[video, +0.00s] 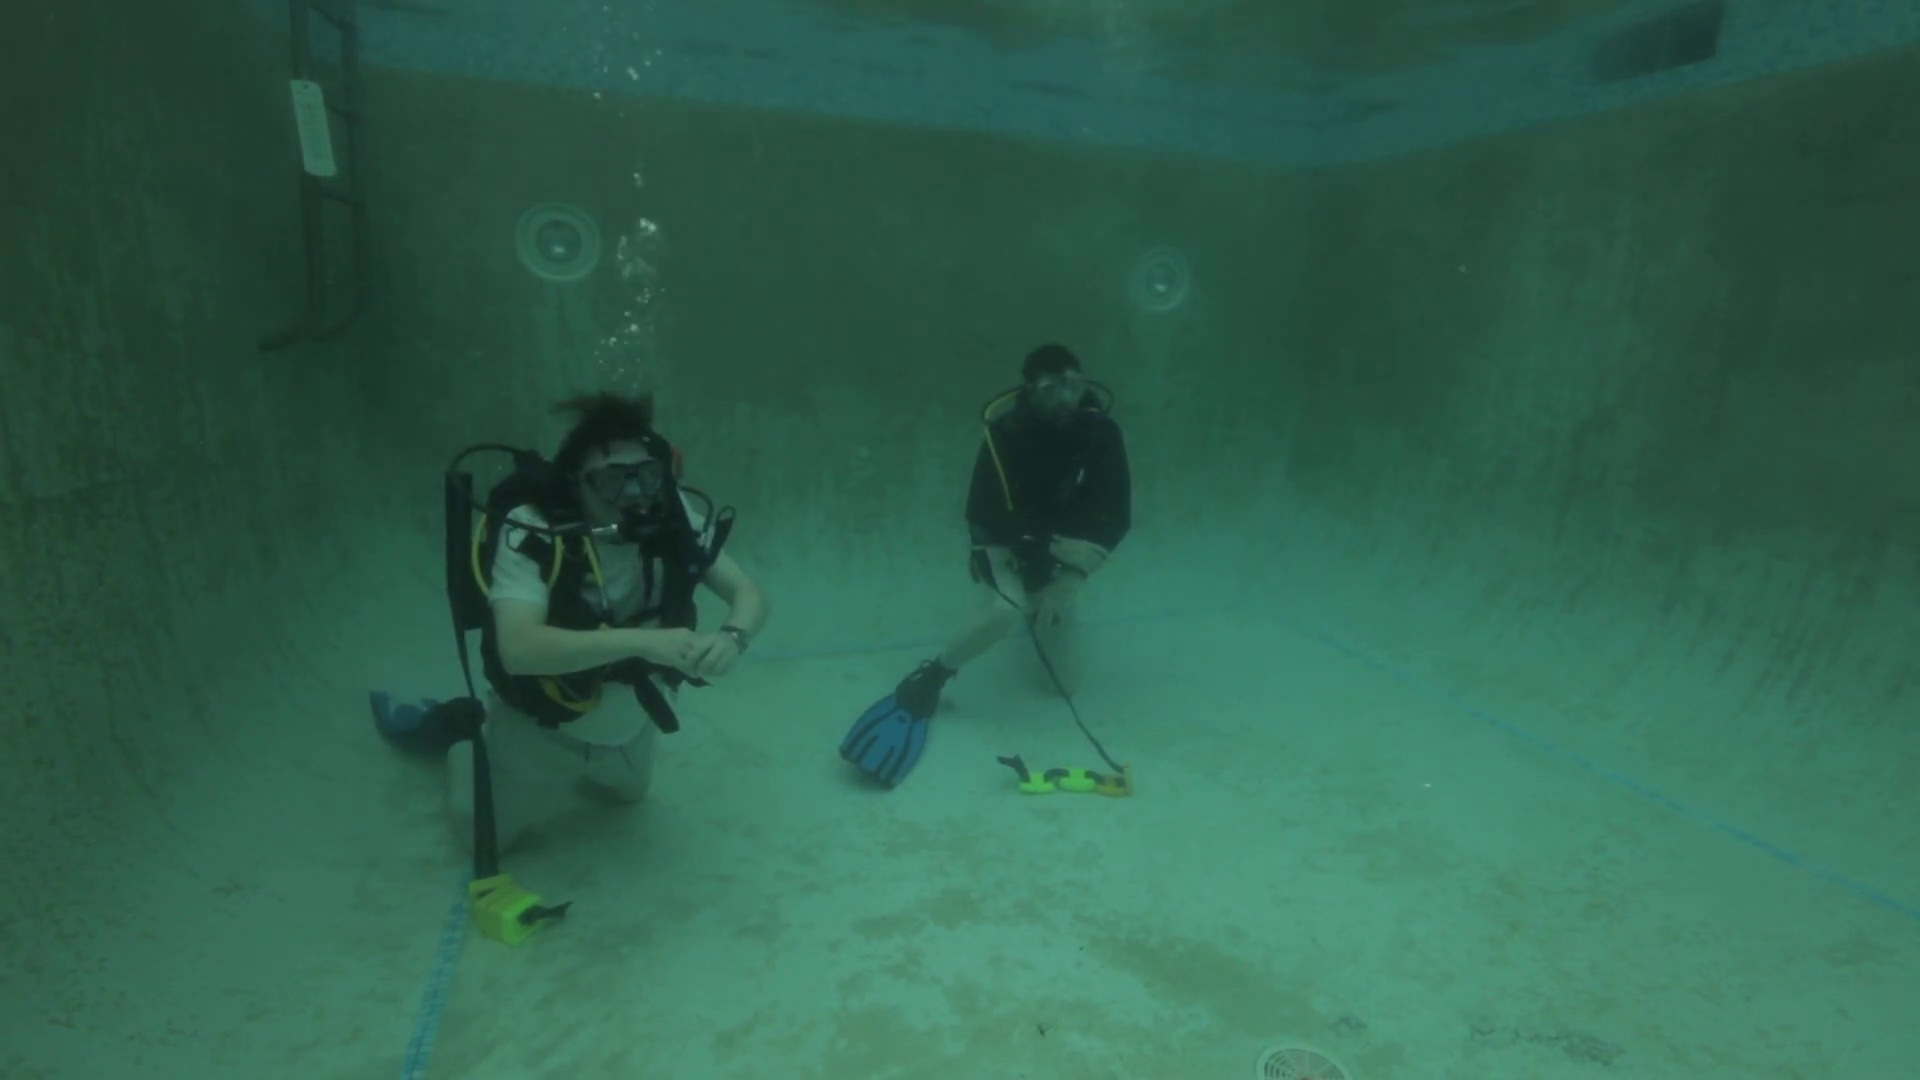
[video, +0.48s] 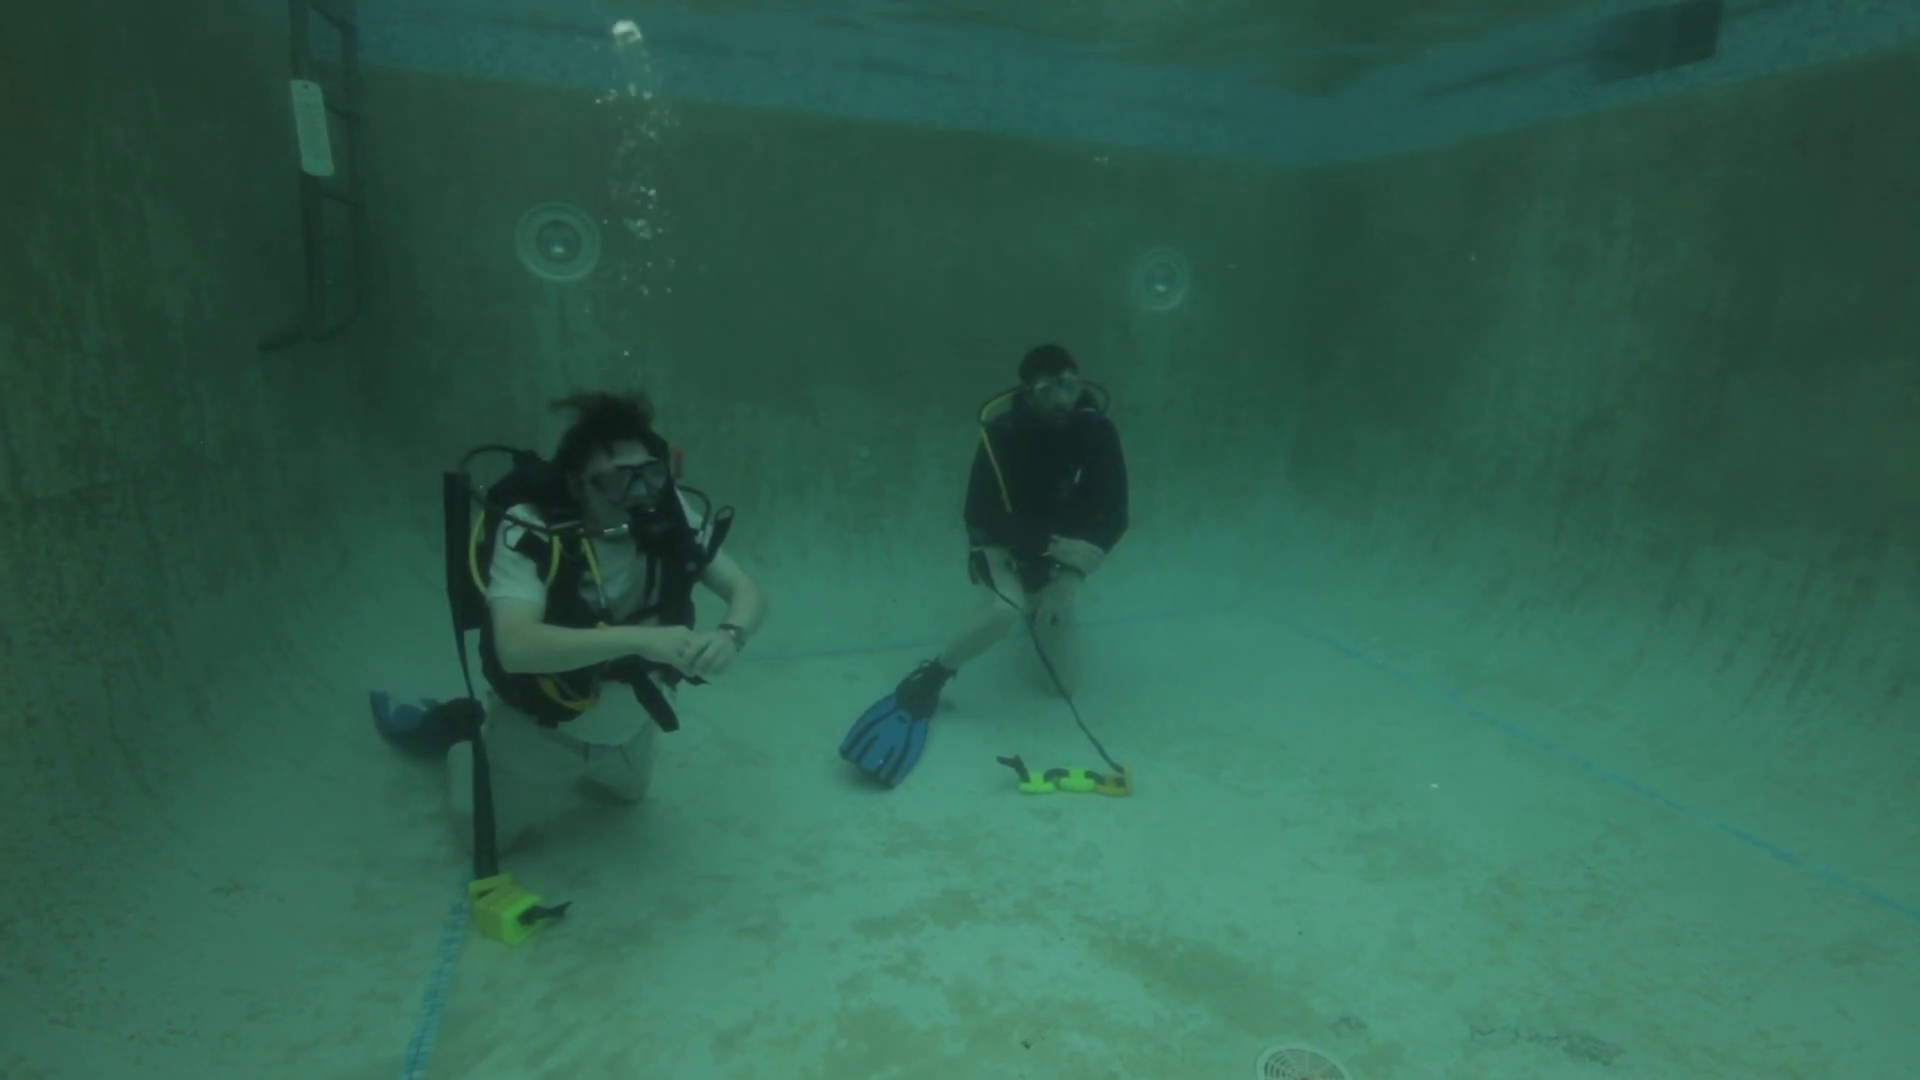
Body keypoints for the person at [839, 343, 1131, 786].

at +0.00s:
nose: (1066, 397)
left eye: (1073, 385)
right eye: (1055, 386)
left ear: (1083, 387)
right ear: (1032, 388)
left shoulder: (1101, 431)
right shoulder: (1007, 428)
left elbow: (1115, 517)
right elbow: (985, 512)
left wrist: (1067, 584)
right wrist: (1055, 545)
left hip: (1067, 550)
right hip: (1007, 543)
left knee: (1065, 680)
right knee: (1007, 610)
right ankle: (929, 680)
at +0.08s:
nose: (1066, 397)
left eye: (1072, 385)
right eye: (1055, 387)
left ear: (1082, 386)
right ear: (1031, 388)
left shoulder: (1100, 430)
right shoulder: (1006, 428)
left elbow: (1115, 516)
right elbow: (985, 513)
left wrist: (1068, 582)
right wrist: (1055, 544)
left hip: (1067, 549)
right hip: (1006, 543)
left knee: (1066, 679)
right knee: (1008, 610)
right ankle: (928, 680)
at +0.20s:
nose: (1064, 397)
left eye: (1071, 385)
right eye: (1053, 386)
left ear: (1081, 386)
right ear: (1030, 388)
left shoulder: (1099, 431)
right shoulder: (1005, 429)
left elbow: (1115, 516)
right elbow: (984, 514)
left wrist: (1067, 582)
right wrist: (1053, 543)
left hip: (1065, 551)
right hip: (1006, 544)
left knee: (1066, 680)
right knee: (1008, 610)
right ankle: (929, 679)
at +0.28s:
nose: (1064, 396)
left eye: (1071, 385)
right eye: (1053, 386)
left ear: (1081, 386)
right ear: (1030, 388)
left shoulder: (1098, 430)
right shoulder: (1005, 427)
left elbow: (1114, 514)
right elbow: (983, 514)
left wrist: (1068, 582)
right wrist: (1054, 543)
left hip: (1064, 549)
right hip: (1005, 542)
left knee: (1065, 680)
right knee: (1008, 610)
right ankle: (929, 679)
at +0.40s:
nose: (1062, 398)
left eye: (1069, 386)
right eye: (1050, 388)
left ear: (1081, 386)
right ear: (1029, 390)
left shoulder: (1098, 429)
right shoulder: (1004, 428)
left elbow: (1114, 514)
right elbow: (983, 515)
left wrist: (1069, 578)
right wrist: (1054, 544)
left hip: (1064, 548)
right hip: (1004, 542)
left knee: (1065, 681)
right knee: (1007, 610)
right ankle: (929, 679)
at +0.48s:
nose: (1061, 398)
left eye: (1069, 386)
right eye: (1050, 388)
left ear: (1080, 386)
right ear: (1028, 390)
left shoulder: (1097, 429)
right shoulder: (1003, 427)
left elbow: (1114, 512)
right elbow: (983, 515)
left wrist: (1068, 579)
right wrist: (1056, 545)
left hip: (1063, 549)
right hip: (1004, 542)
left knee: (1066, 681)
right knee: (1007, 610)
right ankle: (929, 679)